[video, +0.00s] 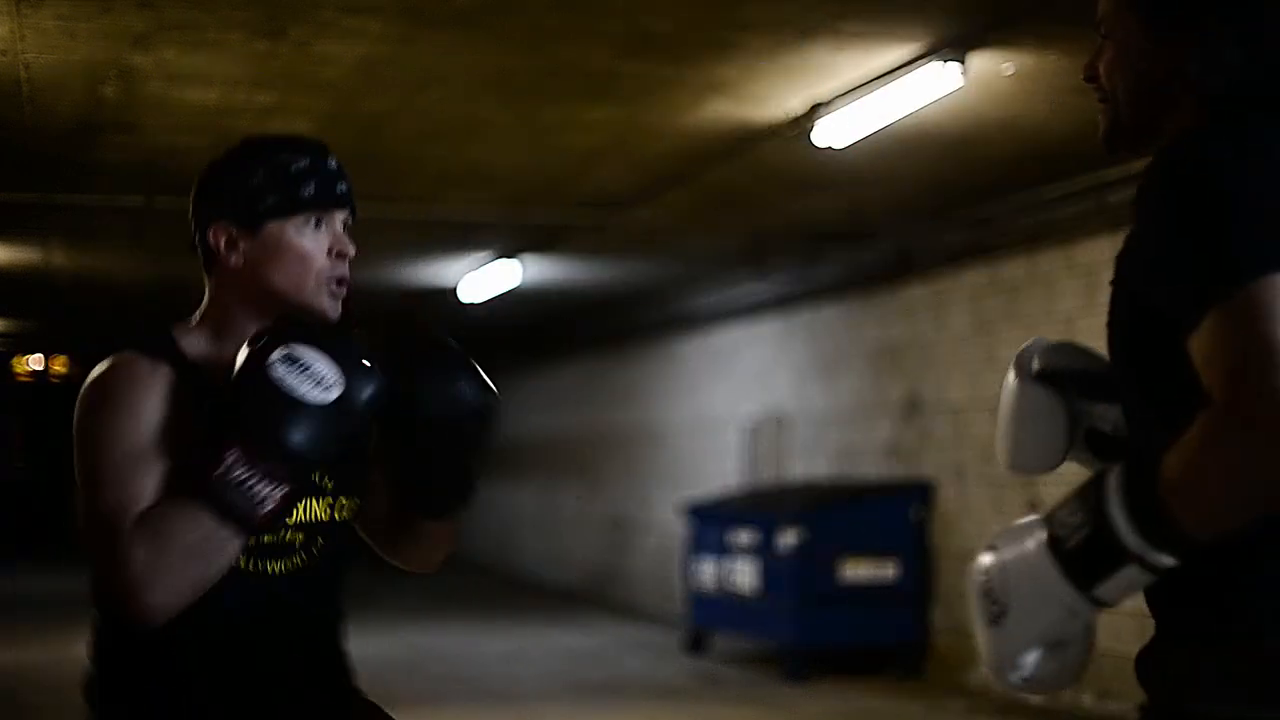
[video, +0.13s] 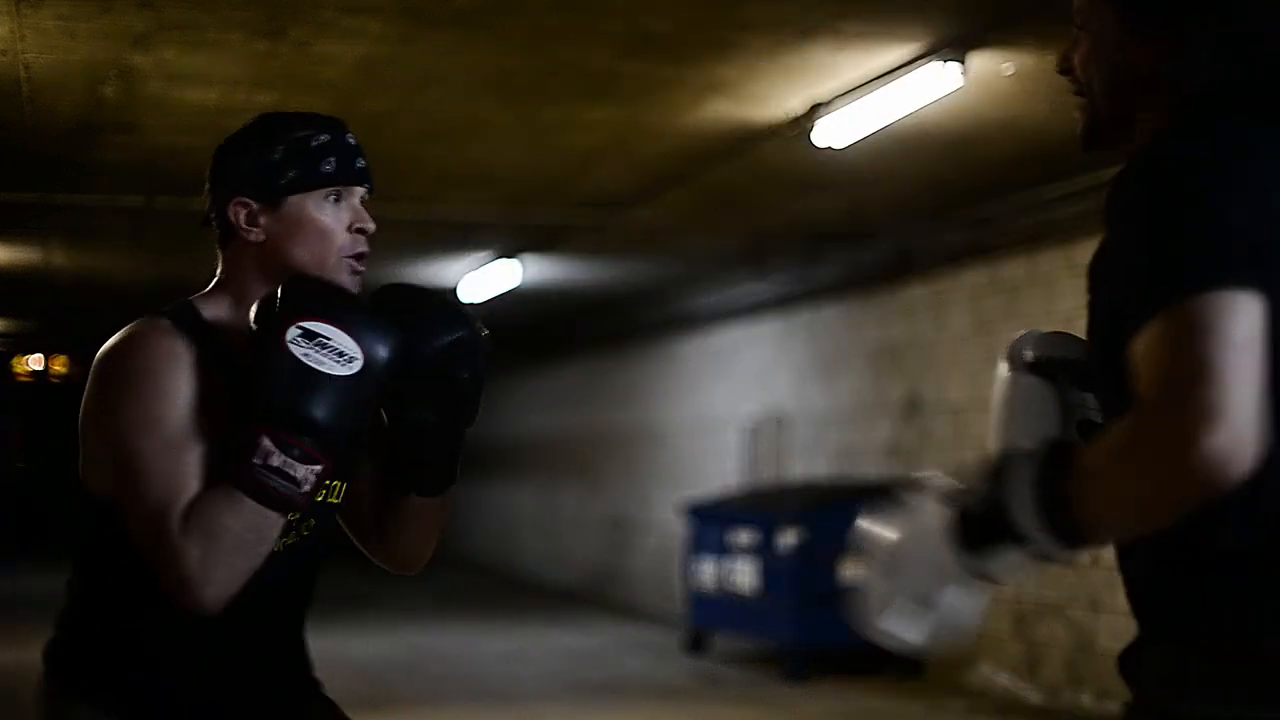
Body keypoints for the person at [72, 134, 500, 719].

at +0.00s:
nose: (346, 248)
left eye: (345, 228)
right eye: (317, 225)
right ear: (230, 245)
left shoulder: (327, 378)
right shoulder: (133, 388)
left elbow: (414, 553)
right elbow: (140, 589)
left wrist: (443, 453)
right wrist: (260, 460)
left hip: (315, 697)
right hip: (174, 709)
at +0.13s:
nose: (366, 224)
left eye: (361, 201)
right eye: (336, 199)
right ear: (250, 220)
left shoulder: (318, 354)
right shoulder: (148, 359)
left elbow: (400, 551)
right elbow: (197, 575)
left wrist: (434, 421)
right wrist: (298, 428)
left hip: (272, 684)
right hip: (137, 690)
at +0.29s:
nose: (349, 273)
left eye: (346, 247)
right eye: (323, 244)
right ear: (235, 262)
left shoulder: (261, 391)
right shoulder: (130, 390)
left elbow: (376, 581)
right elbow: (208, 617)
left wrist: (417, 428)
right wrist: (295, 450)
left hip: (211, 710)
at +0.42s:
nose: (305, 295)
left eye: (301, 274)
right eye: (275, 273)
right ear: (191, 291)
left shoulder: (222, 414)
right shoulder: (87, 420)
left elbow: (280, 630)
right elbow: (144, 651)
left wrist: (351, 487)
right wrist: (252, 502)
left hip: (172, 711)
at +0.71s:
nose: (298, 302)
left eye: (291, 278)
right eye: (266, 275)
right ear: (181, 296)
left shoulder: (205, 421)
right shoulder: (101, 418)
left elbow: (306, 627)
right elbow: (178, 638)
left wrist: (352, 472)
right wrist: (258, 473)